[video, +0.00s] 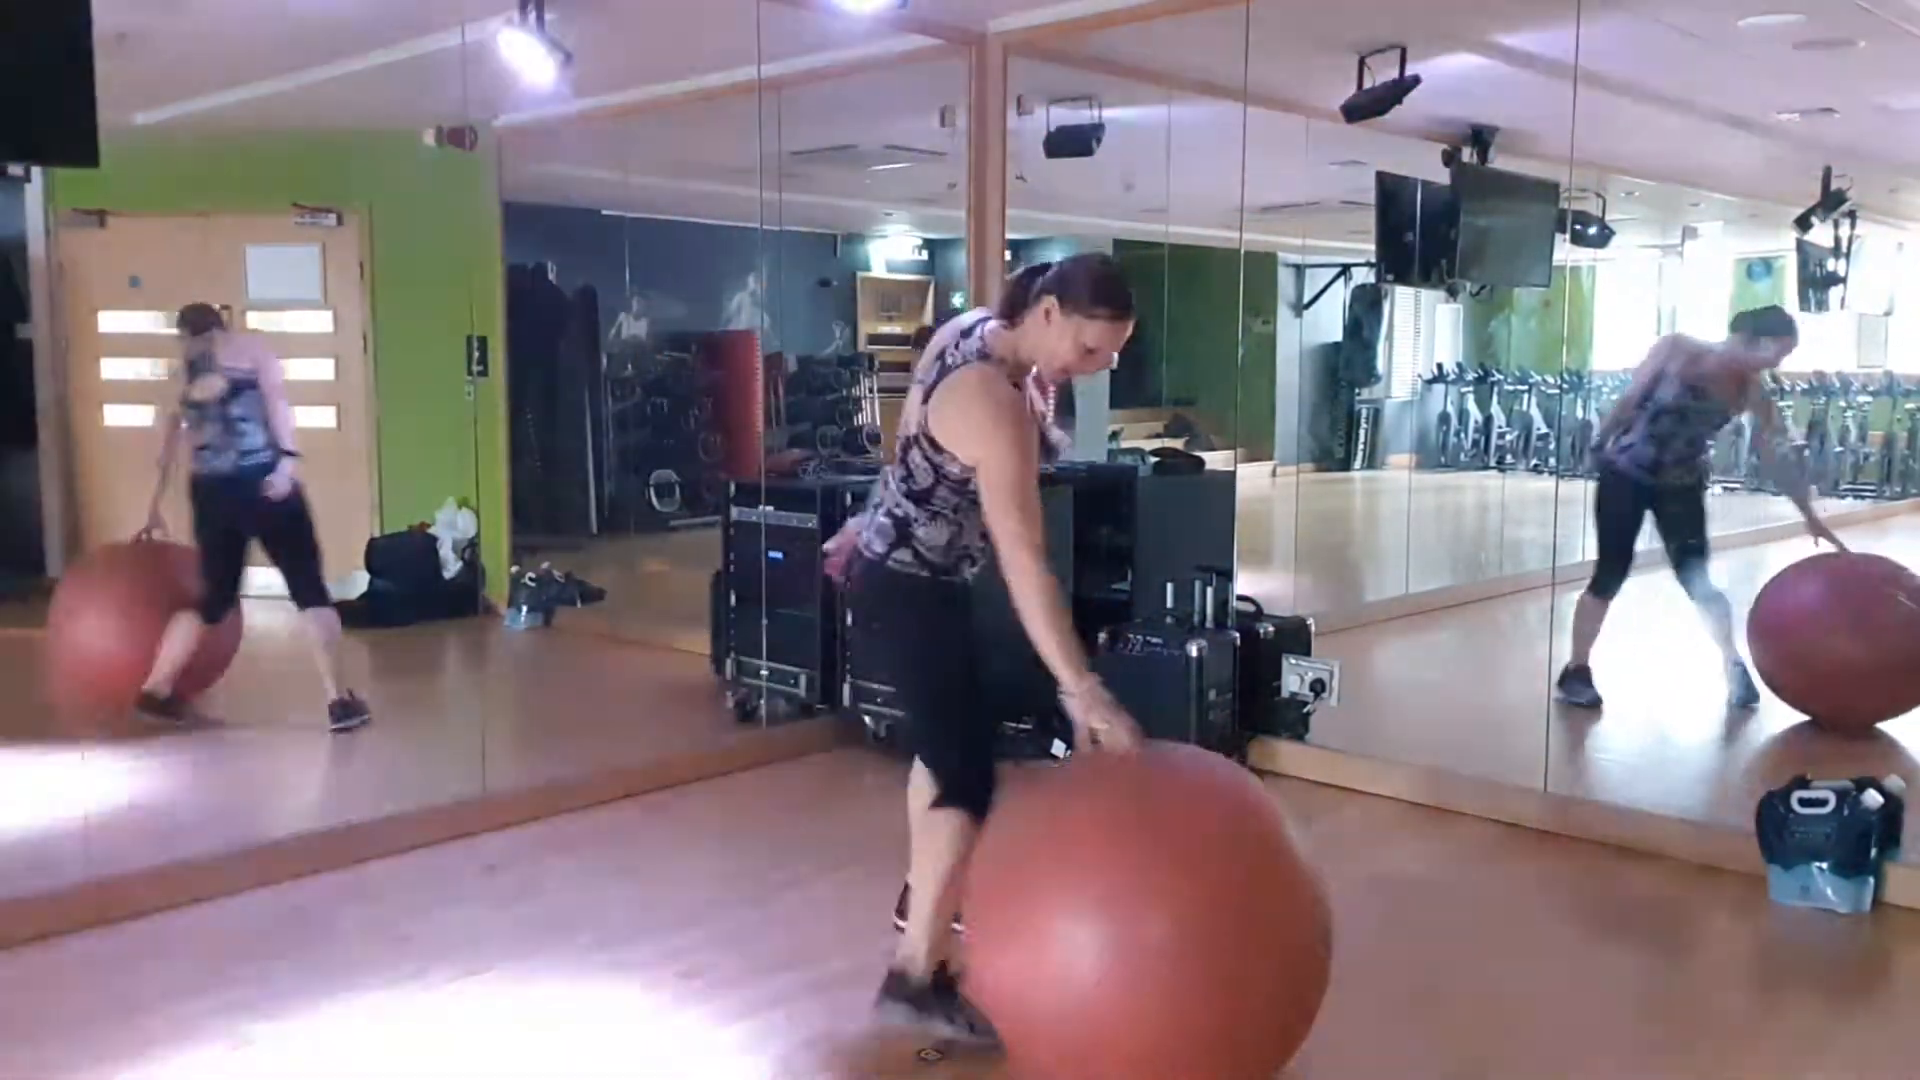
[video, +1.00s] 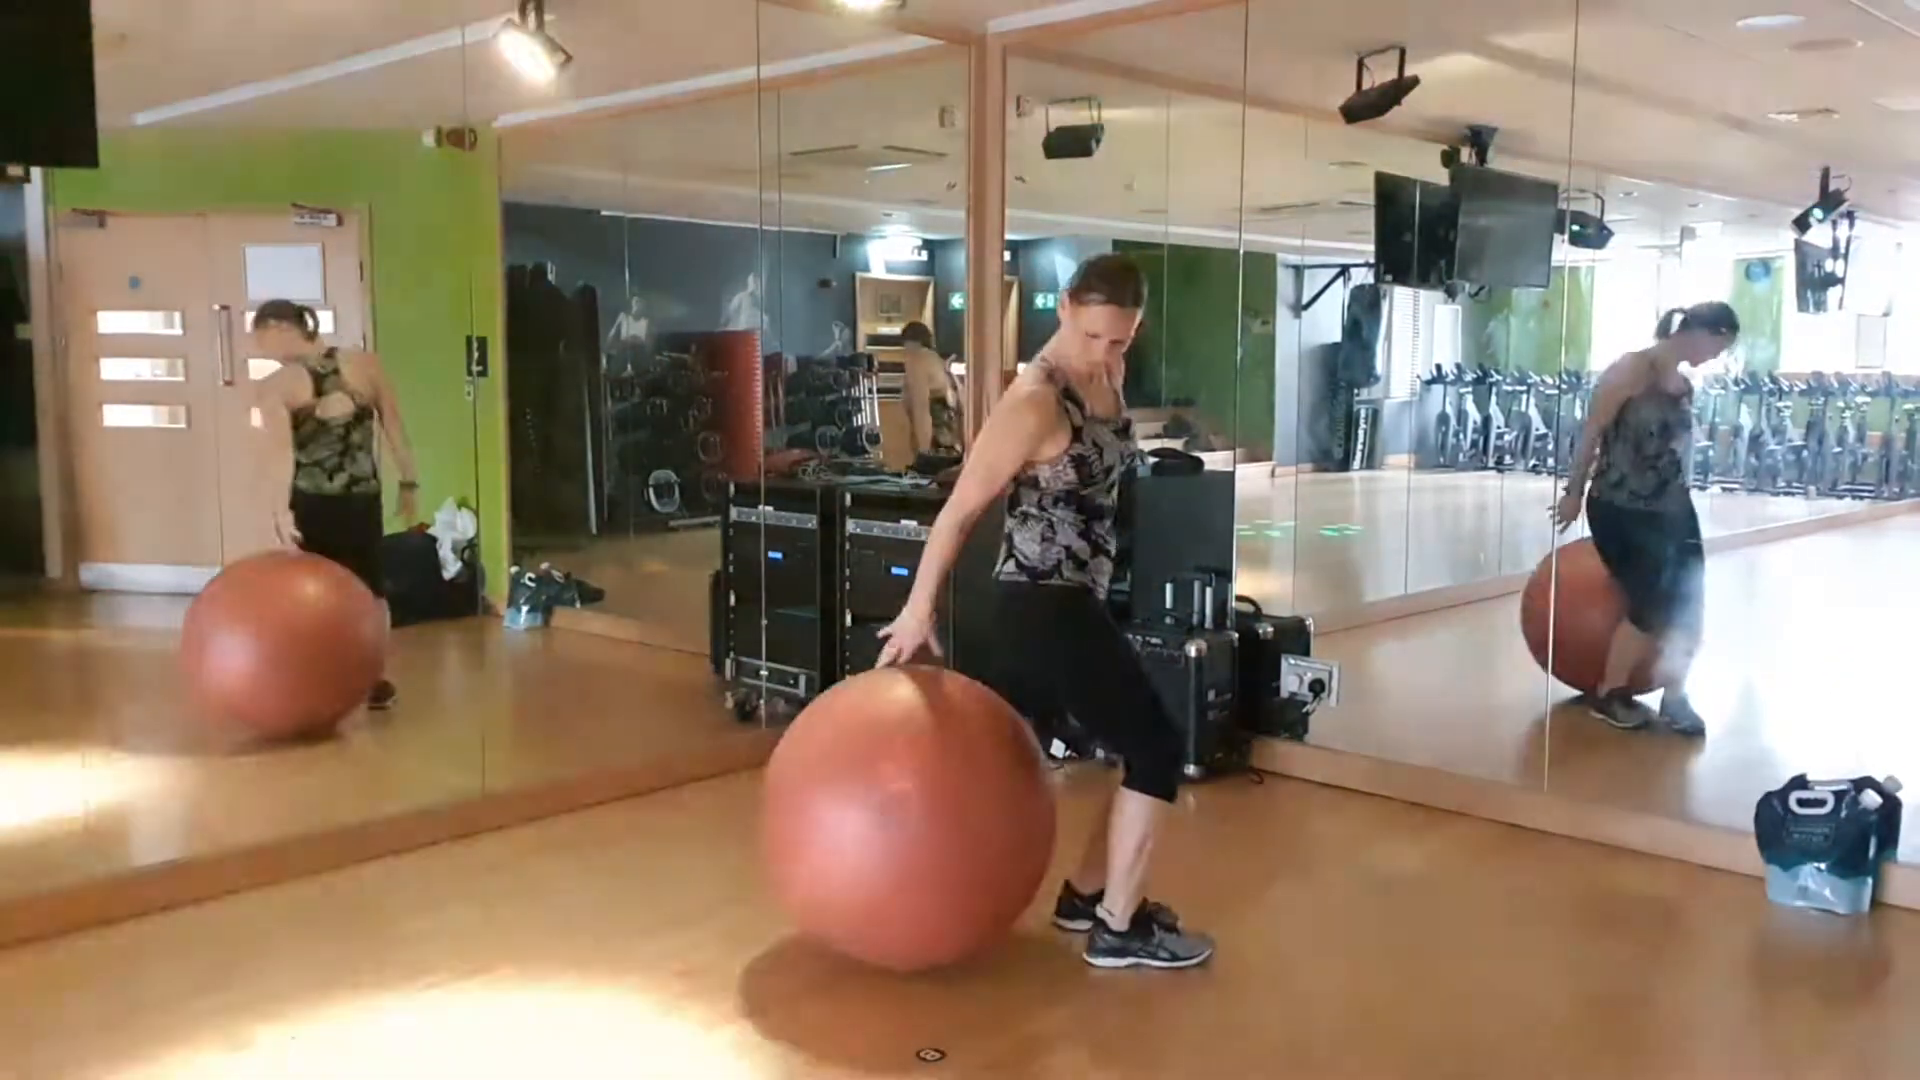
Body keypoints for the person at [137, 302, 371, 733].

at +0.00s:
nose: (193, 345)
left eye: (190, 339)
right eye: (195, 336)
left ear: (186, 337)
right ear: (221, 324)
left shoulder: (184, 372)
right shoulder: (254, 351)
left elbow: (169, 443)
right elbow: (276, 402)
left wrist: (155, 505)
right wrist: (289, 456)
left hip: (211, 491)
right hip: (268, 483)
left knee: (212, 598)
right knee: (310, 590)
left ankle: (156, 687)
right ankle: (337, 699)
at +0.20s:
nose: (211, 349)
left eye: (210, 342)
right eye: (210, 343)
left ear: (220, 338)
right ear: (253, 329)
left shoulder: (214, 384)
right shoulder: (298, 352)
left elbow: (201, 464)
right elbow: (344, 417)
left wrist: (190, 528)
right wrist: (379, 467)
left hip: (268, 502)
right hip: (321, 488)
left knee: (322, 582)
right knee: (347, 591)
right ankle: (346, 701)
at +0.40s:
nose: (215, 355)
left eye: (214, 344)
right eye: (212, 347)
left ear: (229, 331)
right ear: (253, 325)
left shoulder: (239, 380)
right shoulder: (318, 345)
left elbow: (234, 459)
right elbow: (369, 397)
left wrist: (202, 517)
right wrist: (394, 436)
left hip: (297, 492)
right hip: (352, 479)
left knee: (338, 578)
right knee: (357, 586)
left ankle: (330, 675)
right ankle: (346, 700)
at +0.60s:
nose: (225, 357)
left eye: (222, 345)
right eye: (221, 348)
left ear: (239, 330)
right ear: (260, 324)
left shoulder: (251, 382)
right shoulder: (328, 343)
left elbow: (238, 464)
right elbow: (374, 394)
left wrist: (206, 529)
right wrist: (398, 442)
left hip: (305, 491)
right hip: (362, 482)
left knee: (327, 581)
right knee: (367, 585)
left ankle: (322, 680)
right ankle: (356, 684)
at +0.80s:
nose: (238, 351)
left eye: (237, 340)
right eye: (234, 343)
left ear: (255, 327)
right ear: (276, 324)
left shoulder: (259, 387)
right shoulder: (340, 351)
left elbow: (262, 460)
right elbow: (383, 405)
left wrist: (254, 527)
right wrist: (412, 458)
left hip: (303, 498)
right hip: (360, 491)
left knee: (323, 588)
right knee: (369, 583)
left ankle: (333, 678)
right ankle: (374, 667)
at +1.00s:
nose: (260, 350)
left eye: (261, 339)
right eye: (258, 341)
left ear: (282, 327)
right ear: (295, 324)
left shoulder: (280, 386)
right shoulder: (364, 364)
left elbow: (280, 454)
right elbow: (393, 427)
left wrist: (279, 509)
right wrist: (409, 482)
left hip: (313, 506)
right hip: (363, 503)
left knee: (318, 594)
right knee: (370, 592)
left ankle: (326, 681)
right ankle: (376, 676)